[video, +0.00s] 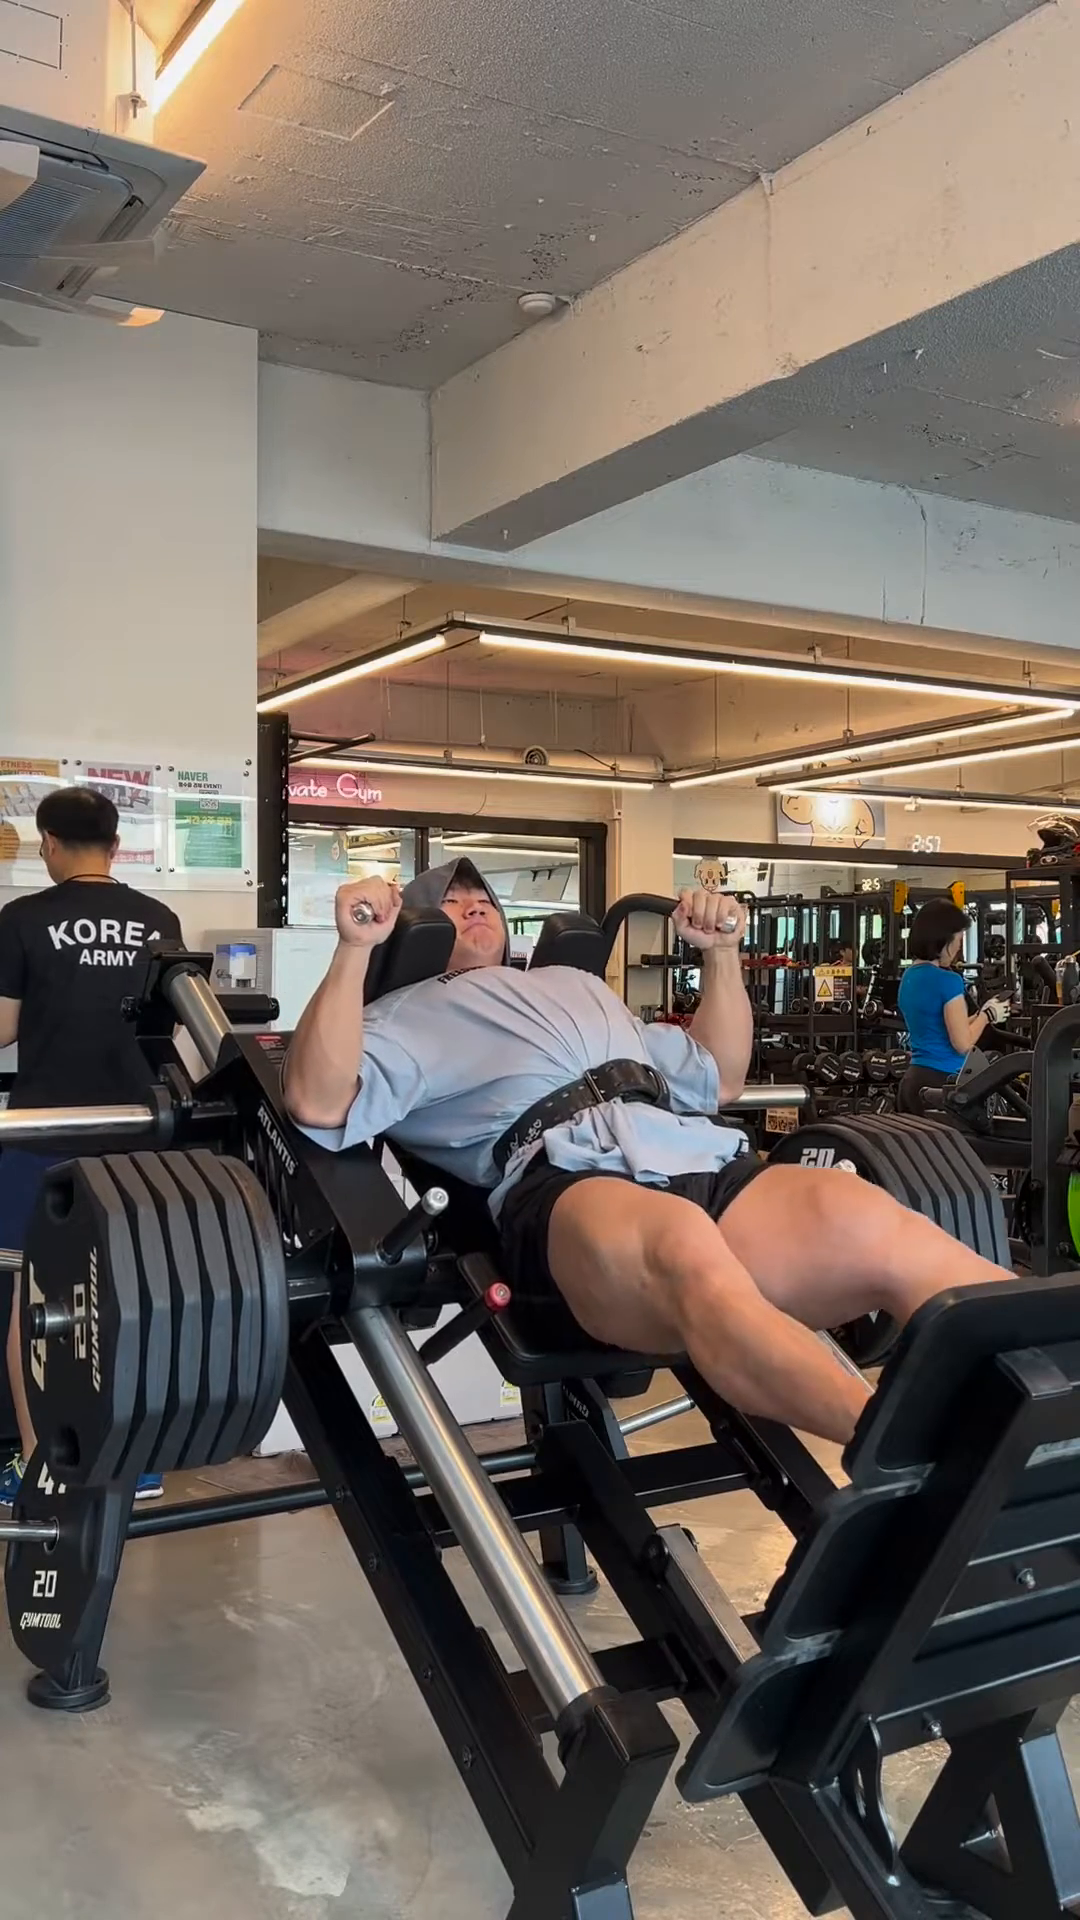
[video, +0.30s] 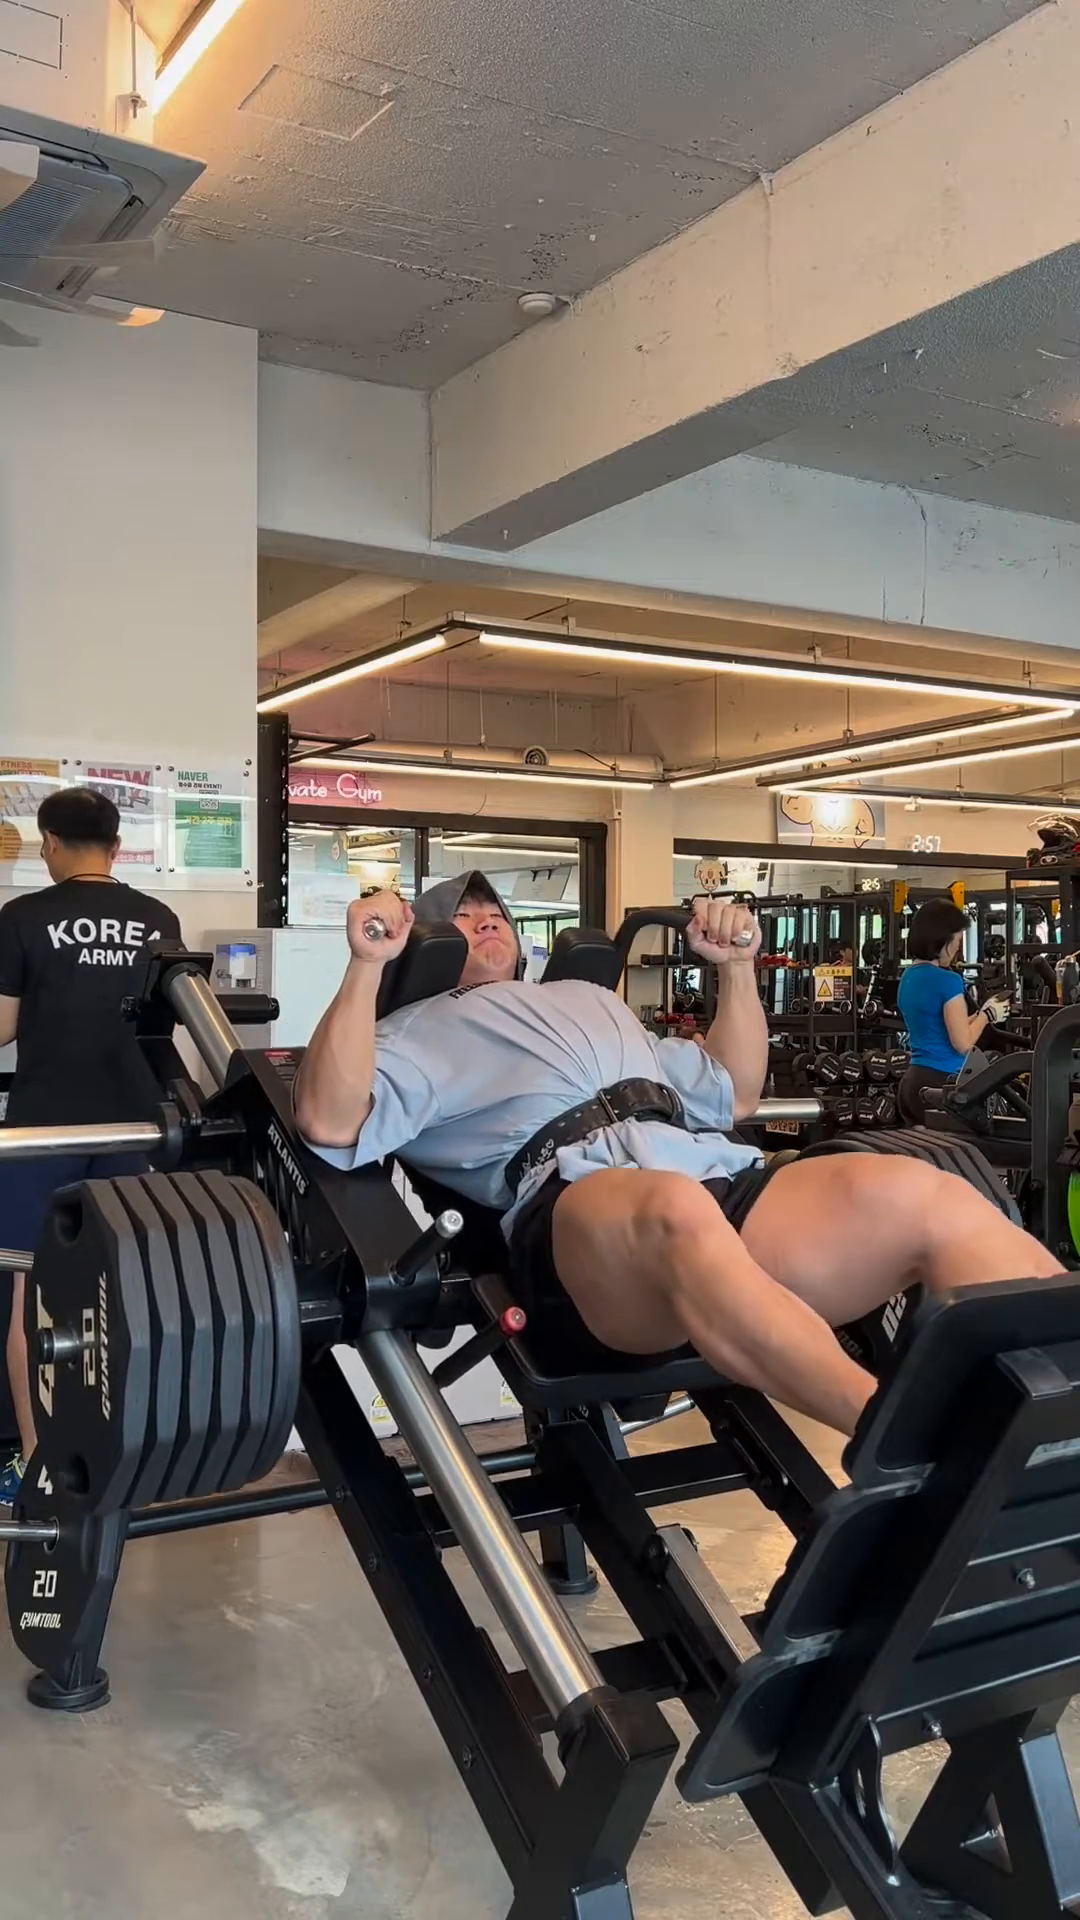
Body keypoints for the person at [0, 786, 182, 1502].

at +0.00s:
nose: (47, 855)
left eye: (44, 844)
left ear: (47, 845)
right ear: (115, 847)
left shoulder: (23, 918)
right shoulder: (159, 917)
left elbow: (5, 1027)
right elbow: (178, 1021)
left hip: (41, 1134)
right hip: (135, 1135)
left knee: (24, 1295)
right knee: (134, 1293)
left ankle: (35, 1455)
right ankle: (138, 1462)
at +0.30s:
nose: (51, 856)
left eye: (47, 846)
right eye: (64, 847)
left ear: (49, 846)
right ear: (116, 847)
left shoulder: (23, 916)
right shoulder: (159, 917)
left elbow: (4, 1027)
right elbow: (172, 1017)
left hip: (42, 1130)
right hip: (133, 1130)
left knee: (26, 1293)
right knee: (127, 1286)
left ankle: (36, 1456)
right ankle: (124, 1448)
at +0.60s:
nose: (48, 858)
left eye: (45, 848)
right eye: (58, 849)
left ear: (48, 847)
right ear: (116, 849)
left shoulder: (25, 916)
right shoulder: (160, 917)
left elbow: (5, 1029)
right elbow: (173, 1019)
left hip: (48, 1133)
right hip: (142, 1131)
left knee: (23, 1300)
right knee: (128, 1292)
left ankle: (39, 1458)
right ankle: (126, 1451)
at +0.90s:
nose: (49, 857)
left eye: (45, 847)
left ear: (48, 847)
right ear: (116, 848)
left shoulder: (24, 917)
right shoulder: (159, 918)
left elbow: (4, 1028)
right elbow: (176, 1018)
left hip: (46, 1129)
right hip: (138, 1126)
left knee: (26, 1294)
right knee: (140, 1285)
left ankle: (41, 1461)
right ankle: (144, 1451)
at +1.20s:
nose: (47, 857)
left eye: (45, 847)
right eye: (55, 847)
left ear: (49, 846)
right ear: (115, 848)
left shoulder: (25, 916)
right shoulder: (160, 919)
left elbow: (5, 1029)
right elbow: (172, 1020)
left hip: (46, 1128)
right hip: (135, 1127)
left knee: (29, 1291)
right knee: (122, 1283)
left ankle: (40, 1459)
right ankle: (125, 1447)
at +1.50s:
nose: (49, 858)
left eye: (45, 848)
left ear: (48, 847)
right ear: (115, 848)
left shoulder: (25, 917)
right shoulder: (160, 917)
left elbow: (5, 1029)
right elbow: (175, 1020)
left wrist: (55, 1014)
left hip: (47, 1128)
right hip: (136, 1128)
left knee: (27, 1295)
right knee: (124, 1290)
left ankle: (41, 1462)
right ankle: (126, 1453)